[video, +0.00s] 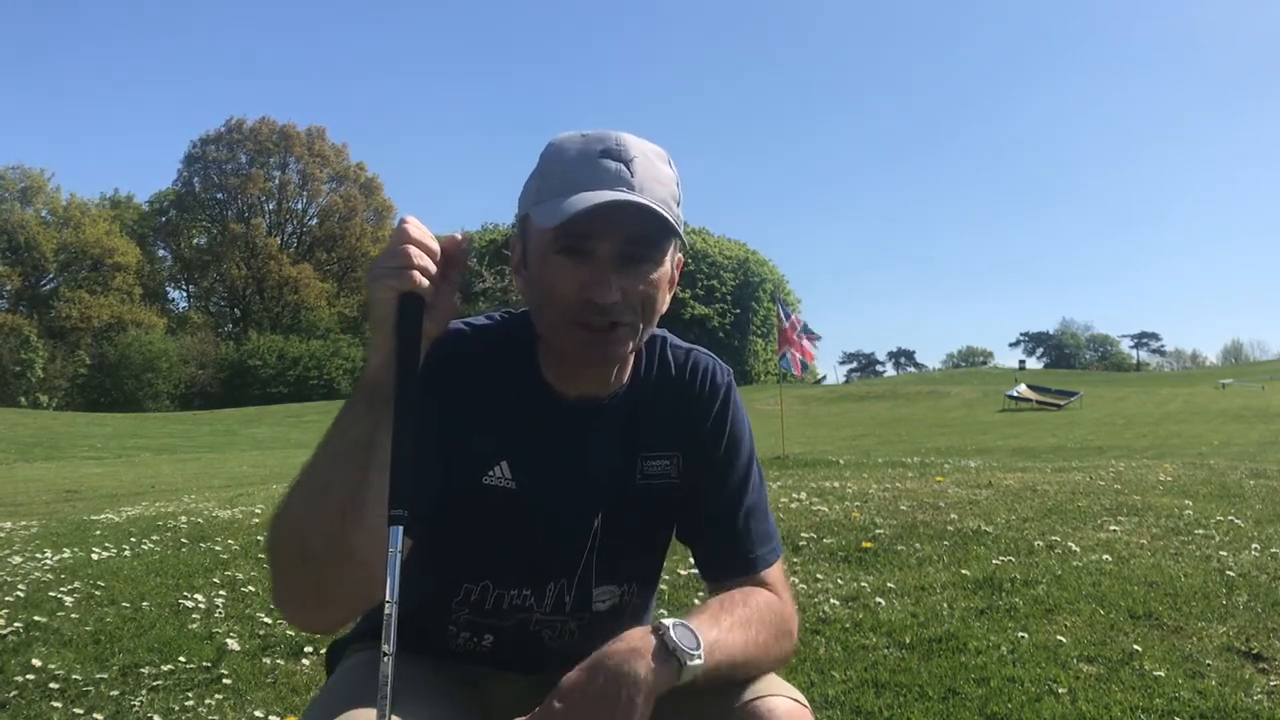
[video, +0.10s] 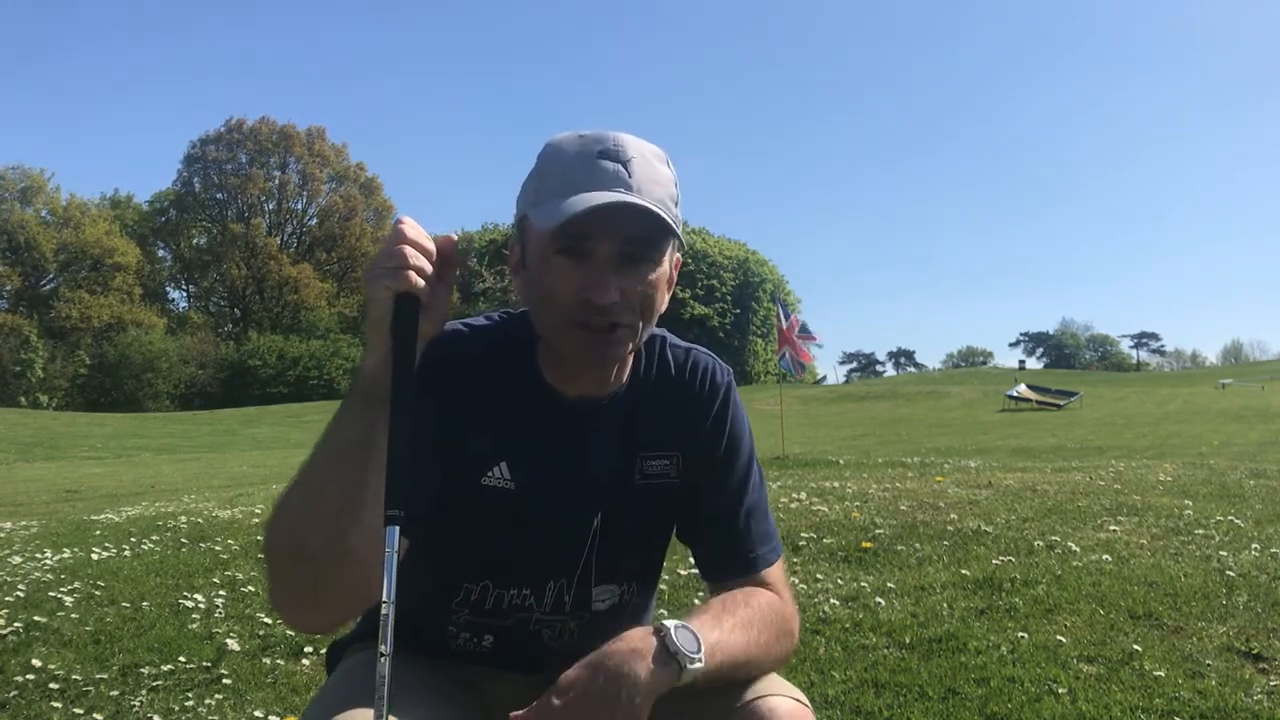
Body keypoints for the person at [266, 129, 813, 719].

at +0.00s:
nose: (606, 289)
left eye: (637, 254)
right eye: (574, 249)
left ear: (673, 275)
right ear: (520, 259)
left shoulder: (696, 391)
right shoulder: (443, 367)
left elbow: (769, 610)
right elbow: (310, 603)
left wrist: (655, 653)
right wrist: (388, 364)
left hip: (611, 672)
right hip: (434, 667)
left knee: (778, 711)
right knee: (354, 715)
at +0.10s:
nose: (605, 290)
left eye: (635, 256)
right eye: (573, 251)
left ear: (670, 277)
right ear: (518, 263)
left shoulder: (696, 390)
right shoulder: (440, 368)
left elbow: (769, 609)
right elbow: (306, 603)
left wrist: (658, 653)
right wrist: (382, 366)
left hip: (612, 670)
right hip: (434, 667)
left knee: (780, 712)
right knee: (353, 714)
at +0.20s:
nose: (601, 292)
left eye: (631, 259)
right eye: (570, 256)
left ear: (668, 277)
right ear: (516, 262)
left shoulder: (694, 391)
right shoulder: (439, 368)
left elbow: (768, 609)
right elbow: (303, 604)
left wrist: (659, 651)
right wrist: (379, 366)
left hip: (616, 672)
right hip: (436, 670)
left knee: (780, 710)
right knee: (351, 712)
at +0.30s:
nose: (601, 294)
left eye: (631, 262)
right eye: (570, 259)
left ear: (667, 276)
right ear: (515, 263)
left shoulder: (694, 391)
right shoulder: (436, 369)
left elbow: (766, 607)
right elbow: (300, 603)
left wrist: (661, 654)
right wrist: (377, 366)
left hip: (613, 668)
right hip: (431, 668)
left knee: (779, 711)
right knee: (349, 714)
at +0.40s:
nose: (600, 294)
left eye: (629, 261)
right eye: (567, 258)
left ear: (665, 275)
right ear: (513, 264)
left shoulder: (691, 391)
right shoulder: (435, 370)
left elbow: (766, 608)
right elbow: (301, 605)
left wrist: (662, 653)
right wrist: (376, 366)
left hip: (611, 671)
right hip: (430, 671)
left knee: (778, 711)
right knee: (347, 714)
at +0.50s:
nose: (596, 289)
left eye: (626, 254)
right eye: (564, 253)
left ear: (663, 275)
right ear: (510, 263)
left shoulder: (689, 390)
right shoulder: (437, 369)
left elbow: (765, 607)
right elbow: (303, 606)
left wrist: (668, 647)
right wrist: (377, 367)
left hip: (612, 670)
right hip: (432, 669)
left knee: (778, 711)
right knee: (346, 715)